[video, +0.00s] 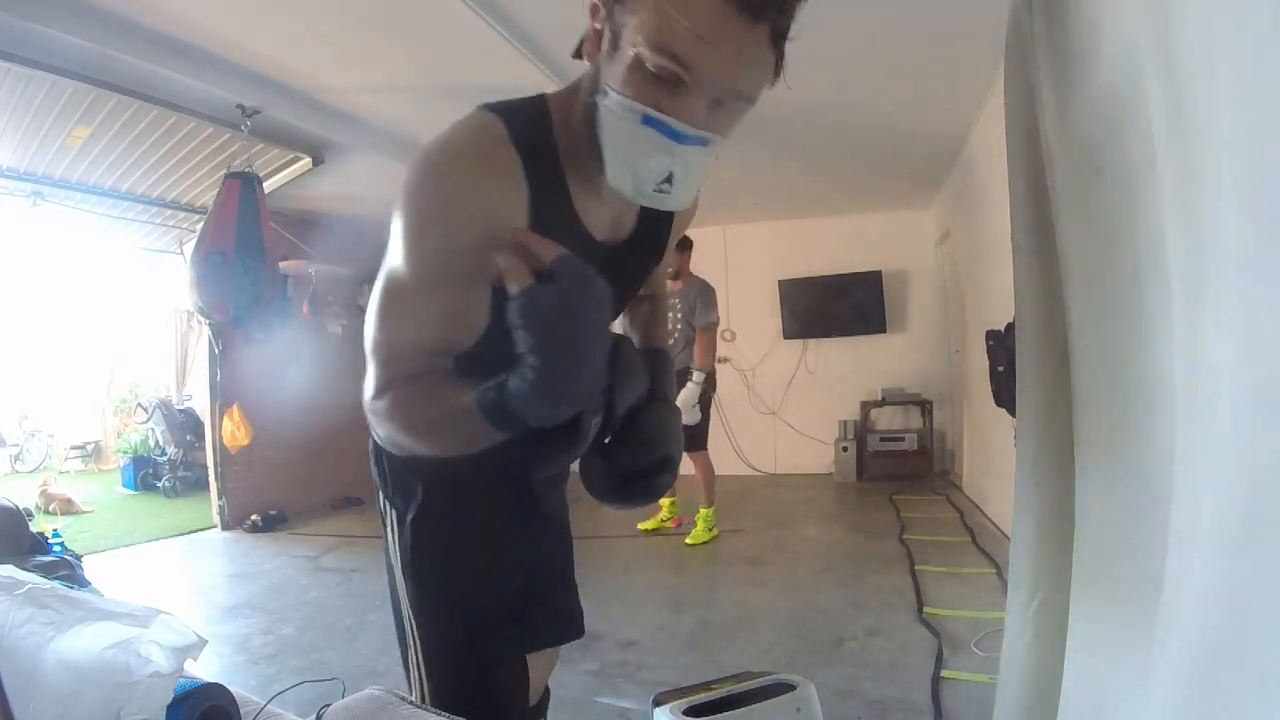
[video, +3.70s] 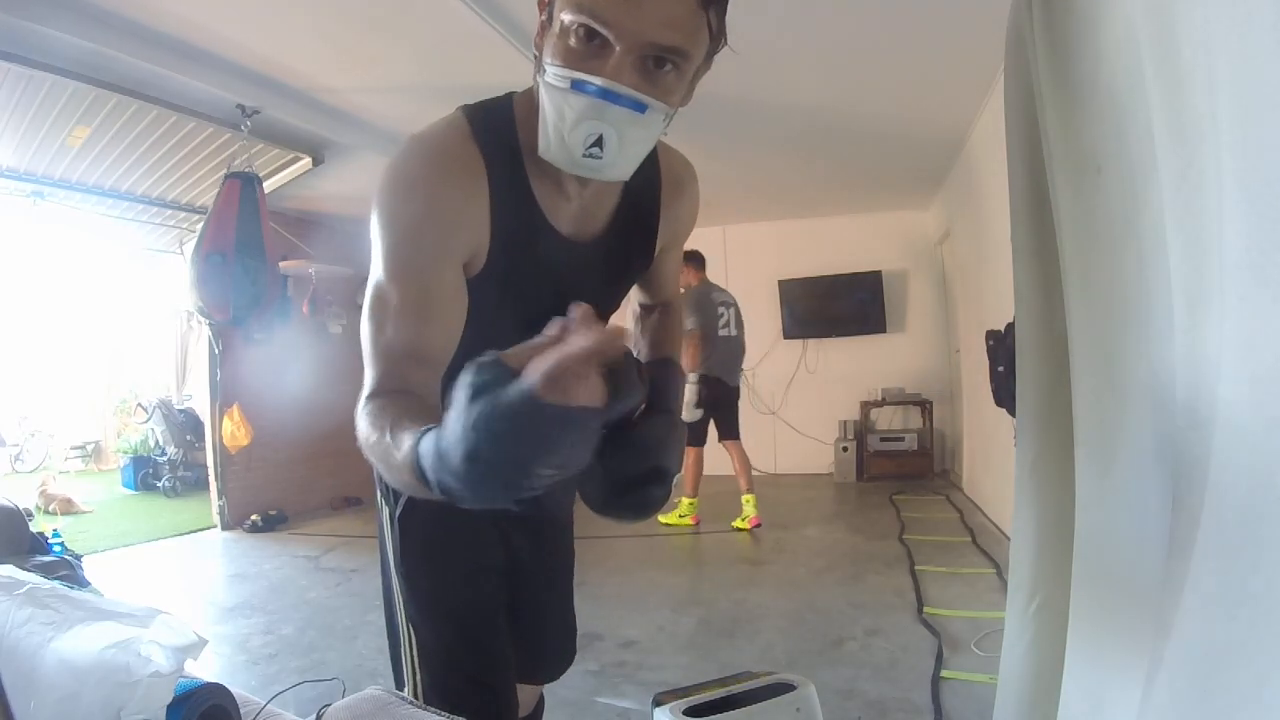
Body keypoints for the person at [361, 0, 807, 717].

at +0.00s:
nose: (686, 126)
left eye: (726, 102)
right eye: (661, 76)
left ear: (758, 94)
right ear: (597, 33)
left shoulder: (673, 180)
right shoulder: (470, 165)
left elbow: (646, 290)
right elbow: (394, 405)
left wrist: (655, 401)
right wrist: (522, 401)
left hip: (542, 446)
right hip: (439, 458)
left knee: (540, 648)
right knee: (479, 701)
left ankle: (526, 713)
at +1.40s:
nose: (705, 143)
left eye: (735, 131)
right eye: (687, 100)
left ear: (749, 140)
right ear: (625, 72)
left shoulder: (635, 197)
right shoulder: (530, 170)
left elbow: (607, 333)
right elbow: (448, 419)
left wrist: (636, 447)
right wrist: (625, 386)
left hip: (518, 442)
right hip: (440, 457)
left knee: (542, 646)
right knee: (493, 700)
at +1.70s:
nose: (751, 205)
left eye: (767, 192)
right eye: (751, 173)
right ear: (686, 122)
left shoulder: (610, 182)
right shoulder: (633, 207)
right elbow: (519, 420)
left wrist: (634, 441)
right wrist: (671, 445)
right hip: (426, 466)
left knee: (524, 674)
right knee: (517, 703)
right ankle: (347, 709)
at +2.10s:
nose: (726, 176)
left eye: (744, 163)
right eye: (725, 145)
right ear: (659, 95)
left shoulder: (614, 192)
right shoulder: (547, 172)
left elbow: (552, 332)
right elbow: (463, 402)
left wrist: (593, 418)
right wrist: (652, 406)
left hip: (486, 449)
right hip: (422, 455)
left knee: (529, 638)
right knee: (479, 698)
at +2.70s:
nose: (666, 91)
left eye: (698, 79)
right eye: (649, 49)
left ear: (712, 95)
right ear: (591, 38)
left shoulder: (627, 185)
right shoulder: (488, 149)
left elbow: (600, 295)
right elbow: (414, 407)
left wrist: (615, 401)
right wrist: (612, 406)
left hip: (510, 443)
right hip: (424, 454)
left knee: (527, 651)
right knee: (467, 700)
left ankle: (519, 706)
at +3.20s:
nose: (627, 98)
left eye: (670, 77)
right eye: (604, 50)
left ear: (704, 85)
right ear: (553, 33)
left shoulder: (658, 194)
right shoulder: (450, 171)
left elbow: (644, 305)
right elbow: (365, 415)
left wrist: (651, 389)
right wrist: (521, 457)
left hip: (536, 453)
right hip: (430, 462)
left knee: (528, 682)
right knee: (472, 705)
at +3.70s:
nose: (613, 86)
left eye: (660, 63)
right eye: (589, 36)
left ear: (698, 76)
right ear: (544, 23)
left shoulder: (668, 187)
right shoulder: (440, 172)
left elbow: (660, 307)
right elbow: (389, 402)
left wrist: (657, 425)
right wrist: (447, 462)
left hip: (555, 456)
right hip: (433, 464)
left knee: (530, 682)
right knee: (474, 704)